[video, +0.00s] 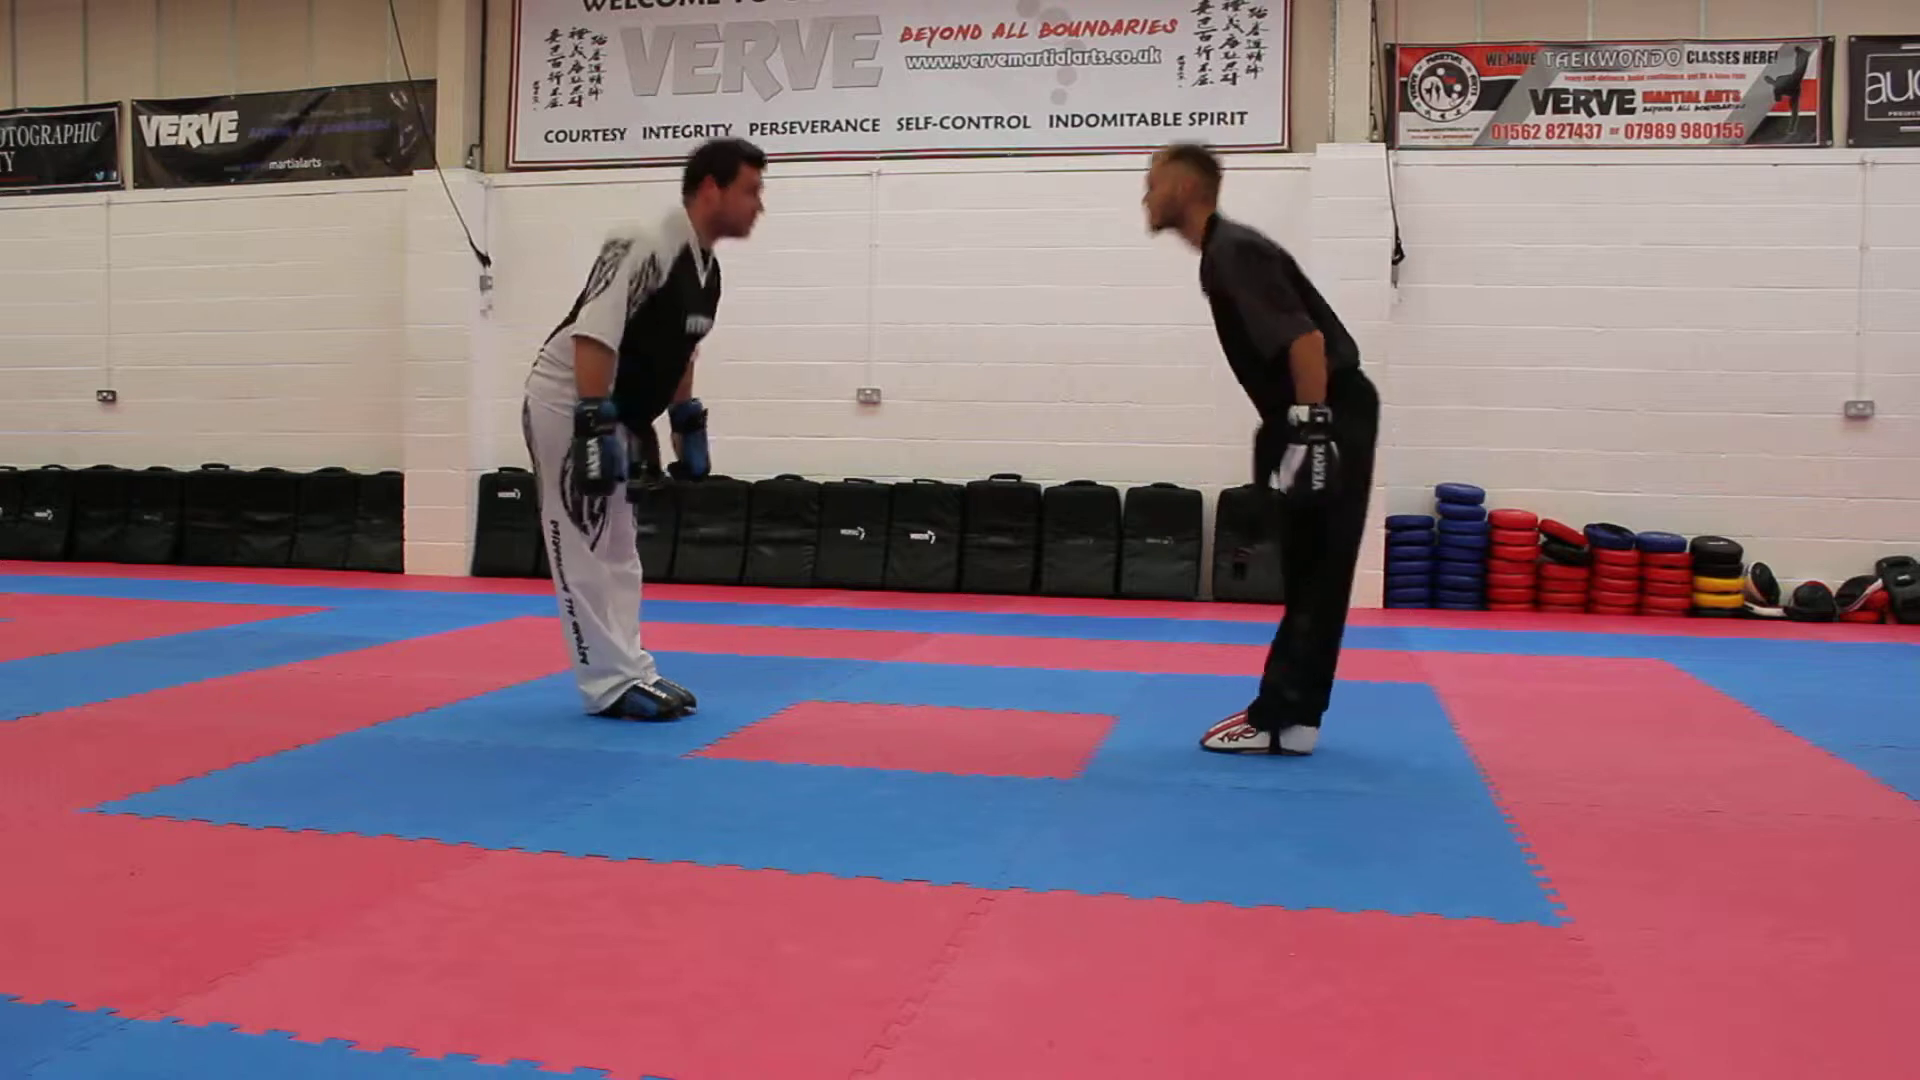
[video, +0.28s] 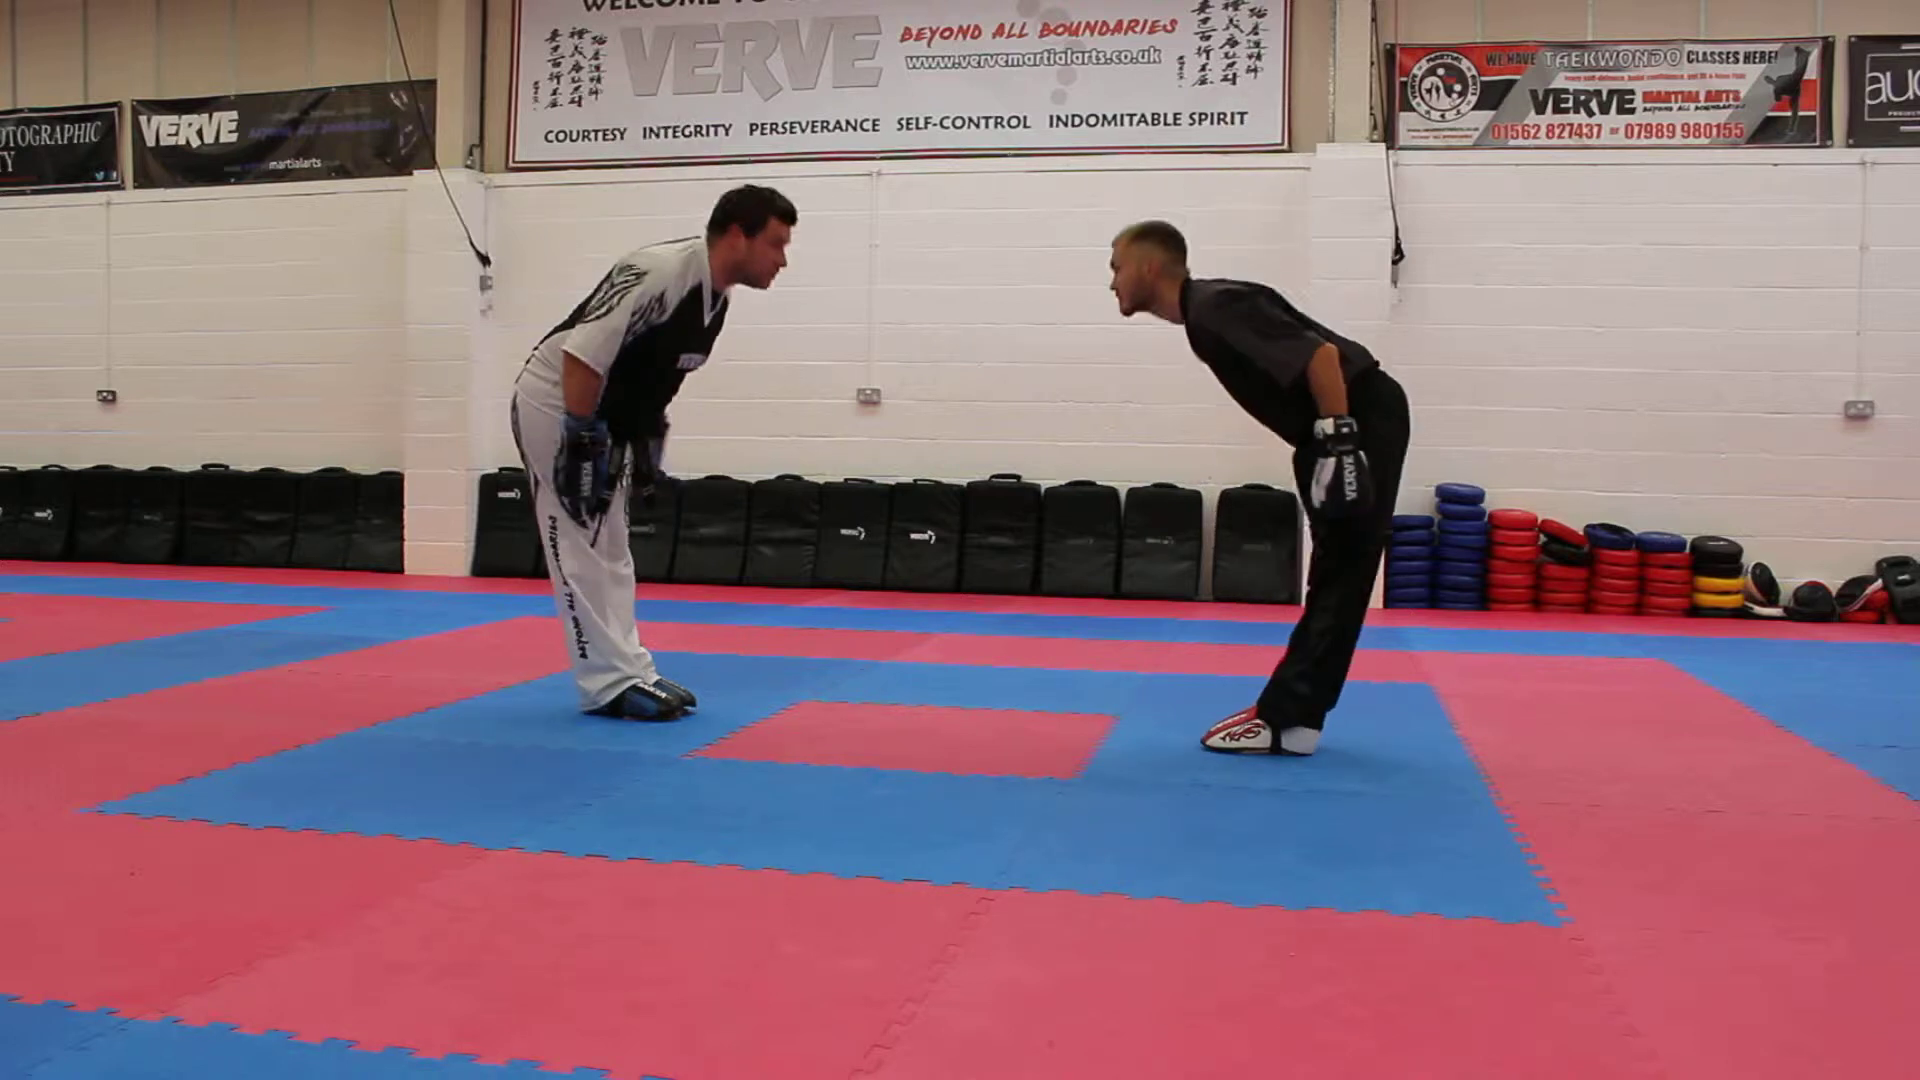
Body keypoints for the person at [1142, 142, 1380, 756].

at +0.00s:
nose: (1144, 196)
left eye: (1152, 183)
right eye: (1147, 184)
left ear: (1186, 187)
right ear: (1187, 188)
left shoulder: (1236, 254)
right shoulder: (1222, 254)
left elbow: (1306, 340)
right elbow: (1285, 344)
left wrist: (1312, 425)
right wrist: (1280, 426)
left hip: (1331, 412)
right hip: (1312, 411)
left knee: (1316, 568)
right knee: (1311, 567)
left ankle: (1285, 715)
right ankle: (1290, 711)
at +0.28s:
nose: (1111, 280)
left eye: (1117, 267)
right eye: (1111, 268)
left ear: (1151, 268)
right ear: (1157, 268)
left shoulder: (1216, 308)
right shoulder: (1207, 312)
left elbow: (1322, 355)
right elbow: (1308, 358)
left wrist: (1339, 441)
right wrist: (1317, 444)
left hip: (1364, 417)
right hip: (1349, 420)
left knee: (1341, 576)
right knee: (1337, 576)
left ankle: (1287, 716)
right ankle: (1294, 714)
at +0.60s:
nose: (1164, 186)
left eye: (1173, 174)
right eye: (1168, 174)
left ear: (1204, 182)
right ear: (1207, 183)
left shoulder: (1236, 249)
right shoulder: (1237, 245)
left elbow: (1293, 339)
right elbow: (1297, 338)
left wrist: (1263, 424)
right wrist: (1272, 424)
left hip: (1337, 407)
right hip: (1331, 406)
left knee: (1323, 562)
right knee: (1320, 562)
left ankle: (1289, 714)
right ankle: (1296, 712)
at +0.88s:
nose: (1234, 143)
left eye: (1243, 131)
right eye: (1238, 130)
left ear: (1272, 143)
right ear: (1292, 148)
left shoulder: (1249, 221)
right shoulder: (1331, 218)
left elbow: (1186, 320)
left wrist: (1141, 294)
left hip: (1307, 406)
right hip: (1355, 401)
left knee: (1289, 555)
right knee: (1333, 552)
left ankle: (1286, 716)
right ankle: (1327, 700)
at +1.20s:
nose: (1282, 158)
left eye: (1290, 148)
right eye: (1287, 147)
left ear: (1321, 162)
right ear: (1342, 168)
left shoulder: (1286, 244)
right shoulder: (1390, 248)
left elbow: (1260, 351)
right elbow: (1388, 350)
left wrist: (1205, 318)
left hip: (1303, 433)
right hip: (1374, 432)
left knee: (1248, 550)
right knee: (1390, 568)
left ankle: (1268, 693)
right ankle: (1428, 709)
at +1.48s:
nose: (1269, 149)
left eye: (1278, 137)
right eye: (1273, 137)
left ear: (1309, 146)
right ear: (1330, 150)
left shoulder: (1275, 230)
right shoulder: (1387, 232)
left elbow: (1254, 341)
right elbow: (1397, 337)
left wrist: (1197, 313)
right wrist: (1315, 321)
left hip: (1295, 414)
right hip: (1370, 413)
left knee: (1245, 548)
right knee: (1394, 555)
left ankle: (1186, 696)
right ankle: (1412, 709)